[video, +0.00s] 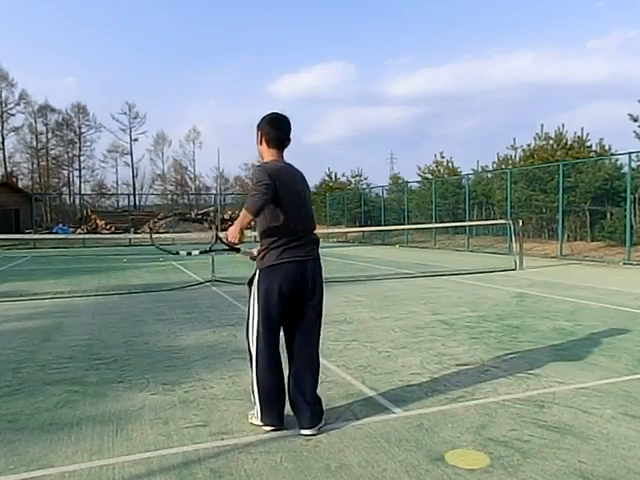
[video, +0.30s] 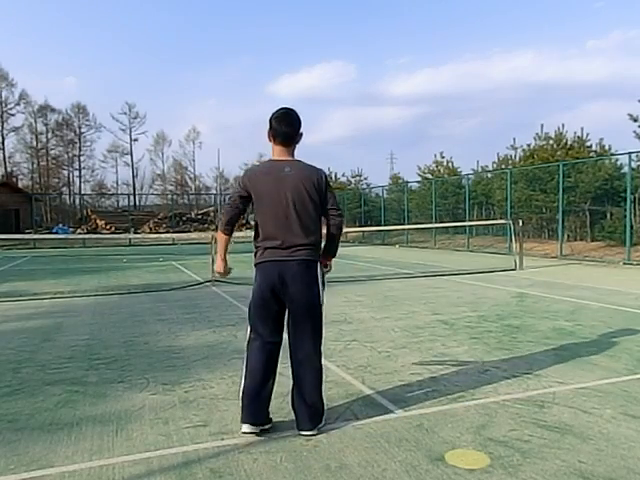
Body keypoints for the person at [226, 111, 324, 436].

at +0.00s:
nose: (256, 143)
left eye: (256, 138)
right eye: (258, 138)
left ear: (261, 139)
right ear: (287, 141)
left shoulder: (264, 172)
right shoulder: (298, 176)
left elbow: (257, 200)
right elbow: (303, 226)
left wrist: (237, 227)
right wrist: (268, 247)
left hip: (275, 271)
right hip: (309, 268)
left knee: (263, 341)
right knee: (305, 344)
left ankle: (269, 414)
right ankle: (309, 417)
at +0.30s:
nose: (271, 138)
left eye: (269, 133)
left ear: (268, 136)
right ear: (299, 137)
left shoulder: (253, 176)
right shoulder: (316, 177)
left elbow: (228, 217)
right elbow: (335, 223)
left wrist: (220, 255)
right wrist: (328, 254)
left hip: (266, 271)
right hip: (304, 270)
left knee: (262, 341)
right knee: (306, 345)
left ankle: (253, 418)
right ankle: (308, 419)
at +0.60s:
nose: (283, 135)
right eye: (283, 131)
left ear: (251, 135)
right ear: (282, 134)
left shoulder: (244, 177)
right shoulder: (283, 171)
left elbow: (248, 222)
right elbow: (300, 214)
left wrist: (287, 236)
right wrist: (333, 247)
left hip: (250, 270)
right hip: (281, 270)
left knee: (255, 346)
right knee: (298, 343)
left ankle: (251, 424)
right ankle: (307, 419)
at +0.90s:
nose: (273, 123)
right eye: (273, 121)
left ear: (245, 131)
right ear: (274, 129)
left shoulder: (243, 165)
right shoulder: (275, 171)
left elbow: (262, 142)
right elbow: (281, 220)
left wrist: (276, 110)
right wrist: (322, 249)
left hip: (247, 268)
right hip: (275, 269)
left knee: (256, 349)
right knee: (294, 353)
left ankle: (251, 426)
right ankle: (283, 440)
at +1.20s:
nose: (287, 122)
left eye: (285, 117)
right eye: (286, 118)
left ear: (252, 132)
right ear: (283, 128)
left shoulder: (243, 167)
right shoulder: (292, 173)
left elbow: (263, 150)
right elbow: (298, 228)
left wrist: (286, 126)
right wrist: (329, 246)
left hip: (240, 277)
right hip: (275, 280)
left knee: (248, 356)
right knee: (283, 368)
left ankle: (249, 425)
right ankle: (271, 463)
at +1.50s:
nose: (271, 120)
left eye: (267, 114)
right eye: (270, 115)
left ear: (233, 125)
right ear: (268, 122)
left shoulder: (224, 169)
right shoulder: (276, 173)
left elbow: (234, 218)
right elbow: (291, 230)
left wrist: (288, 218)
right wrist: (313, 234)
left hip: (222, 281)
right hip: (260, 284)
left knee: (221, 362)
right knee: (273, 373)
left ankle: (187, 444)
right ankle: (272, 466)